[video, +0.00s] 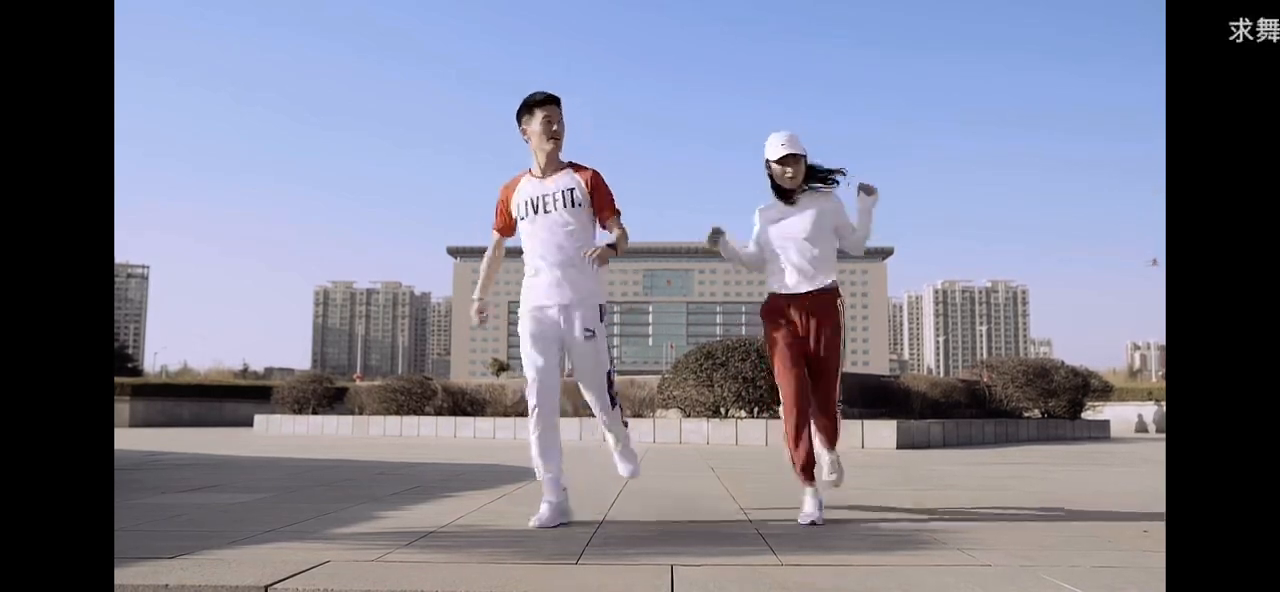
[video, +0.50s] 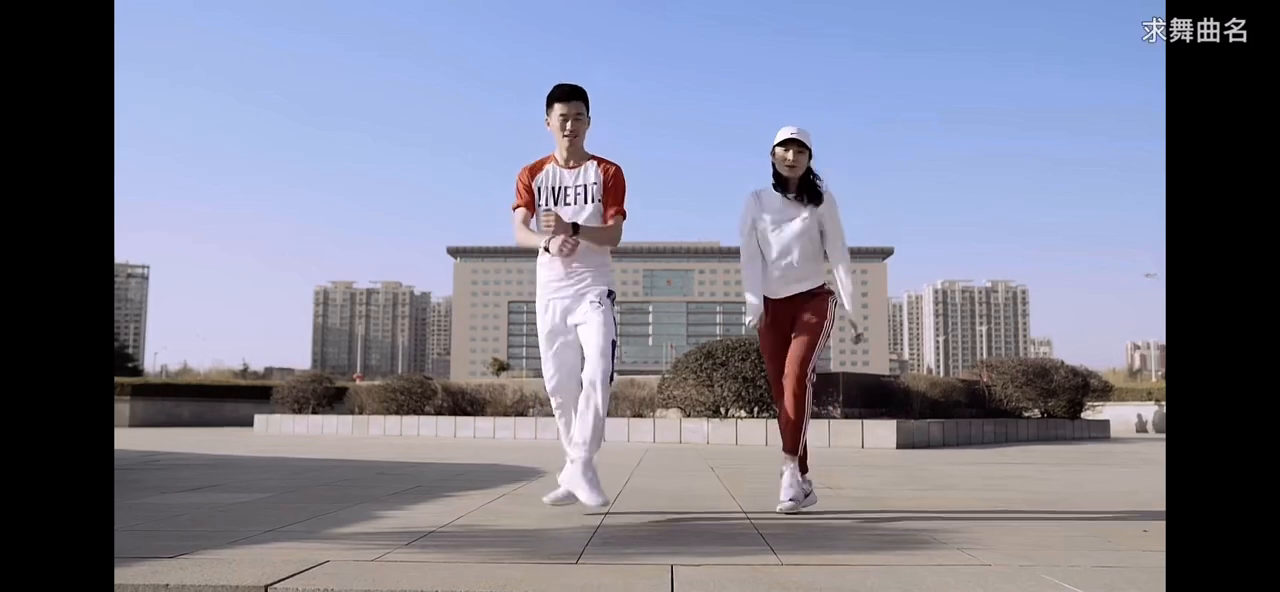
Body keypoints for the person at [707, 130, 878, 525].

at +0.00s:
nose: (789, 169)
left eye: (795, 160)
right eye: (780, 162)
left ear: (806, 162)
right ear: (769, 167)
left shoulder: (826, 200)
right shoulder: (765, 215)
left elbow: (854, 245)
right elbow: (756, 260)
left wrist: (865, 207)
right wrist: (726, 247)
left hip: (823, 305)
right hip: (782, 309)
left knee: (825, 397)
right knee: (793, 397)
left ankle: (828, 449)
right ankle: (809, 490)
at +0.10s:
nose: (790, 163)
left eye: (796, 157)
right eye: (782, 158)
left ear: (806, 165)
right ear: (770, 167)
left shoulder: (829, 206)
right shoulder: (763, 218)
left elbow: (872, 232)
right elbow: (735, 264)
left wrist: (859, 192)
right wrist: (724, 230)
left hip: (822, 313)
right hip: (780, 317)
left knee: (827, 400)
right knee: (791, 403)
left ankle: (829, 438)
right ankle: (809, 494)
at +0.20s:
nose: (792, 156)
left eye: (799, 149)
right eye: (784, 150)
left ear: (809, 155)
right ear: (774, 157)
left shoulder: (829, 195)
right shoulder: (761, 205)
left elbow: (865, 215)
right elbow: (729, 246)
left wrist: (857, 174)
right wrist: (726, 209)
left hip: (821, 300)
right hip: (779, 304)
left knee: (816, 395)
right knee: (792, 399)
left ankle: (829, 432)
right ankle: (803, 487)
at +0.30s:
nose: (794, 167)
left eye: (801, 162)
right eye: (787, 161)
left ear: (811, 168)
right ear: (776, 167)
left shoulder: (825, 206)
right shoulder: (766, 210)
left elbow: (842, 210)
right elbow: (749, 230)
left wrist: (852, 196)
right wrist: (750, 210)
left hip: (820, 304)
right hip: (778, 310)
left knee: (801, 342)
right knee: (788, 410)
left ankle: (820, 418)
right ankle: (800, 492)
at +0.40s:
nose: (792, 168)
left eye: (800, 162)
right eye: (786, 161)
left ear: (811, 170)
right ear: (775, 169)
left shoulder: (825, 210)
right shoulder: (765, 213)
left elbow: (843, 225)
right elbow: (743, 240)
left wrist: (854, 225)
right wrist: (755, 232)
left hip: (820, 308)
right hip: (775, 315)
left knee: (796, 337)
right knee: (788, 407)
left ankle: (809, 422)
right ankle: (802, 492)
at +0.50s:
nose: (791, 154)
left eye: (799, 149)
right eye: (785, 147)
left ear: (809, 158)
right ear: (774, 155)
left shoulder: (821, 200)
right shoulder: (756, 202)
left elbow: (838, 252)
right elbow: (750, 256)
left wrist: (849, 304)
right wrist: (754, 303)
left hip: (814, 297)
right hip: (772, 300)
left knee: (795, 375)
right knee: (782, 388)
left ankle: (790, 470)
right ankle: (802, 479)